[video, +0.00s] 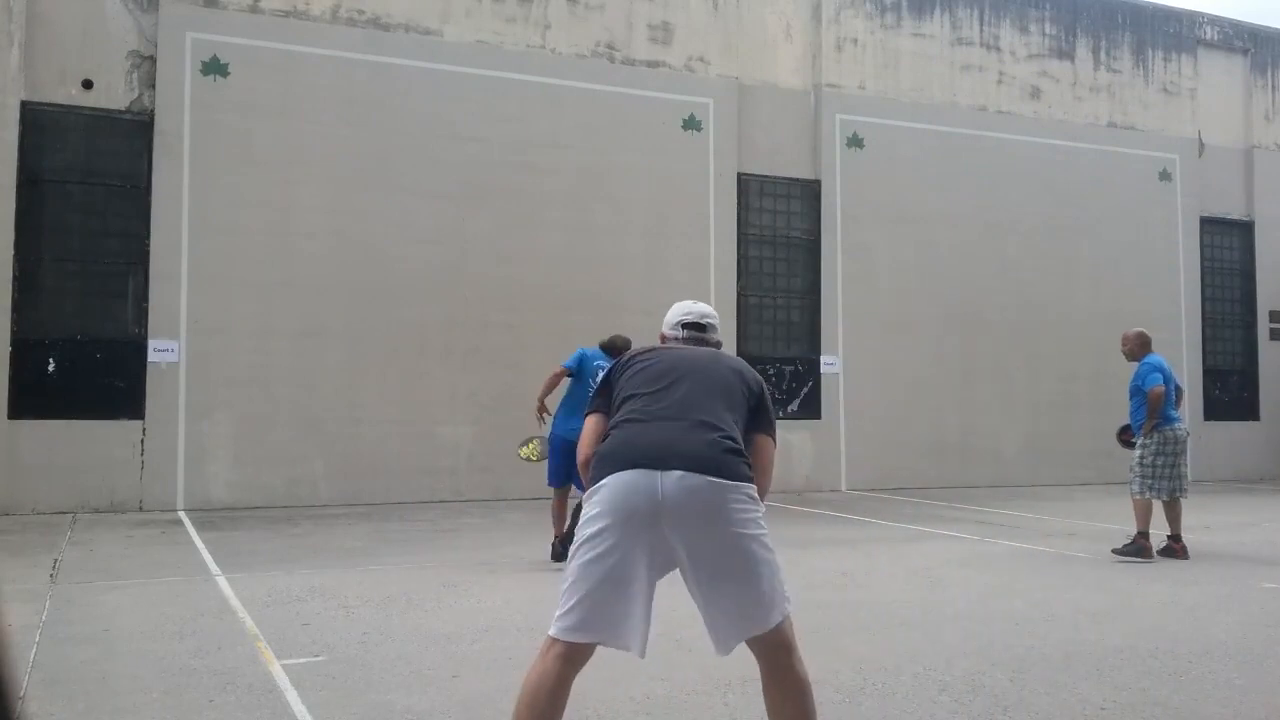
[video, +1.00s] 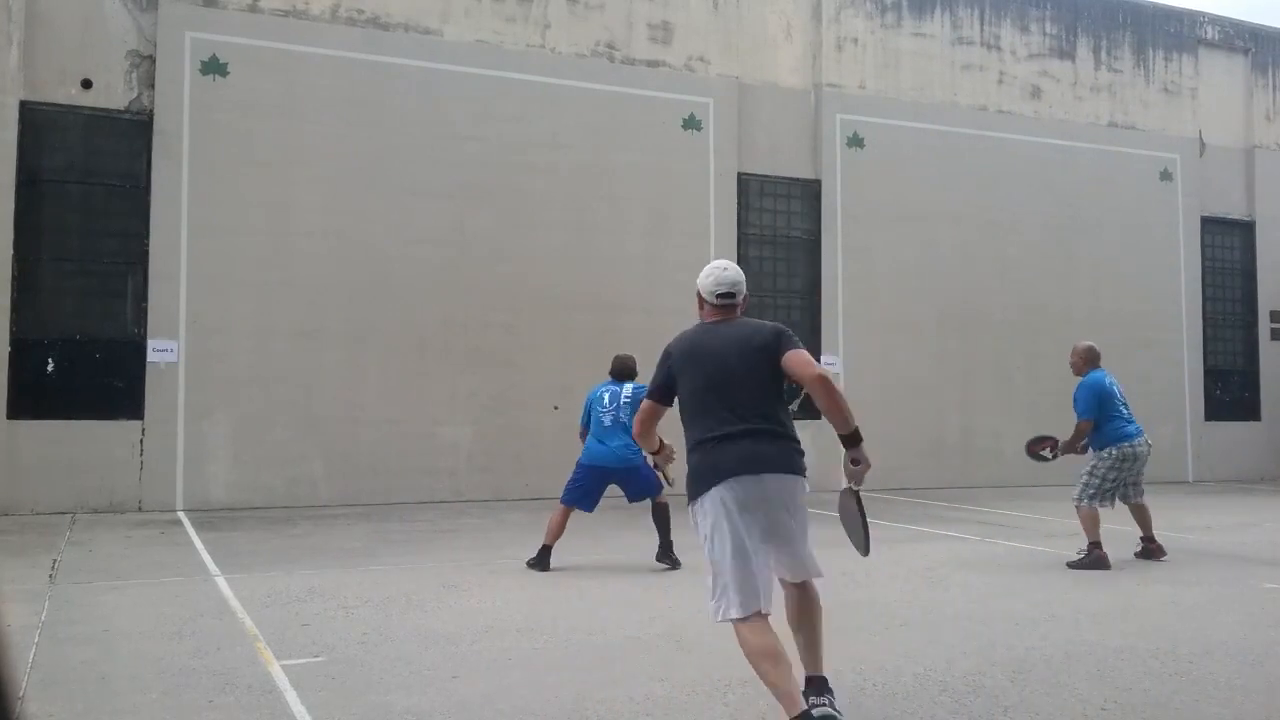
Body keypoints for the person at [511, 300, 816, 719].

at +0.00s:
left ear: (664, 337)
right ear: (718, 341)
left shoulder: (629, 361)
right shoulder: (747, 374)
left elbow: (586, 452)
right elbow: (759, 476)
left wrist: (606, 508)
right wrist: (734, 531)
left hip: (621, 481)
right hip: (718, 485)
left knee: (563, 650)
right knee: (776, 650)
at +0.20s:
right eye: (758, 326)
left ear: (700, 320)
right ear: (755, 327)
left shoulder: (653, 348)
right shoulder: (770, 360)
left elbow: (604, 443)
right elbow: (777, 468)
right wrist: (722, 539)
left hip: (630, 483)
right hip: (722, 488)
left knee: (571, 649)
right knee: (791, 644)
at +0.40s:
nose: (822, 304)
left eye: (822, 295)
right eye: (820, 295)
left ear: (760, 296)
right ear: (808, 296)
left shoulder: (704, 328)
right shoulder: (814, 339)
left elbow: (638, 398)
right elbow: (832, 434)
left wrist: (613, 487)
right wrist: (816, 498)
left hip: (669, 474)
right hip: (754, 479)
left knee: (623, 635)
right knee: (812, 640)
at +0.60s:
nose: (834, 294)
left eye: (832, 285)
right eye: (831, 285)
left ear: (775, 290)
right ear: (821, 288)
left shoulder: (722, 321)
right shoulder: (833, 338)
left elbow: (666, 381)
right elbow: (877, 434)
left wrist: (618, 455)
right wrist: (853, 498)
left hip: (692, 467)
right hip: (772, 468)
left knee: (697, 613)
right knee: (802, 636)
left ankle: (707, 715)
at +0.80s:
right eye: (790, 294)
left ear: (739, 297)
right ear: (788, 298)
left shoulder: (709, 342)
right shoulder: (811, 342)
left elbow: (658, 412)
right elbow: (867, 415)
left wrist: (619, 484)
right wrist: (869, 481)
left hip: (716, 483)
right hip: (787, 477)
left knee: (752, 615)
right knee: (820, 624)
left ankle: (799, 714)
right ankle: (830, 715)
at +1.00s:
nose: (700, 306)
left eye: (699, 300)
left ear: (700, 302)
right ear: (744, 301)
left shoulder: (680, 348)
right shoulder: (772, 334)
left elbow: (642, 426)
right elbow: (814, 376)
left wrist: (656, 449)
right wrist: (853, 443)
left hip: (716, 478)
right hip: (778, 469)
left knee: (746, 611)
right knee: (797, 577)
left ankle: (799, 711)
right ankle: (816, 684)